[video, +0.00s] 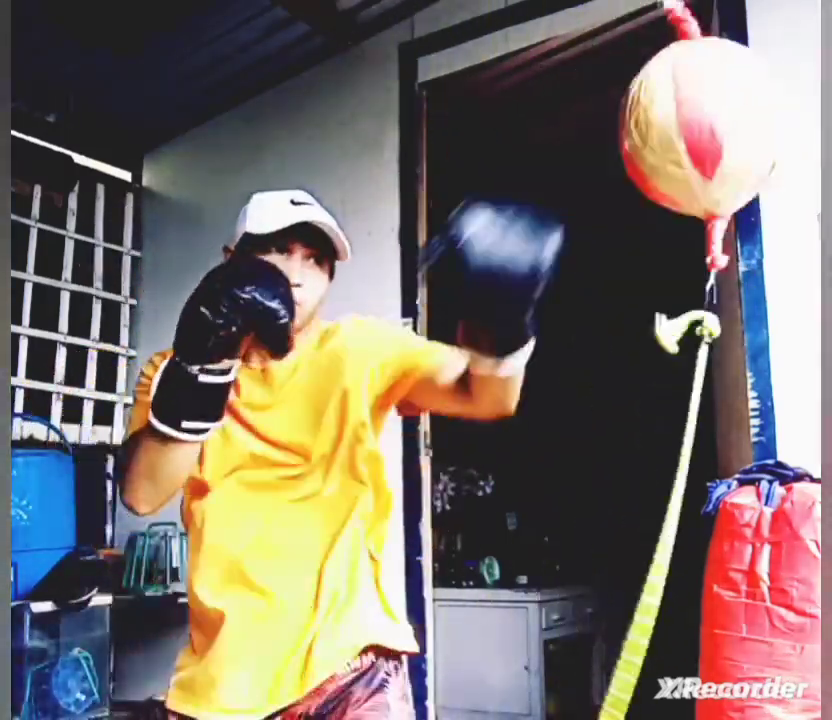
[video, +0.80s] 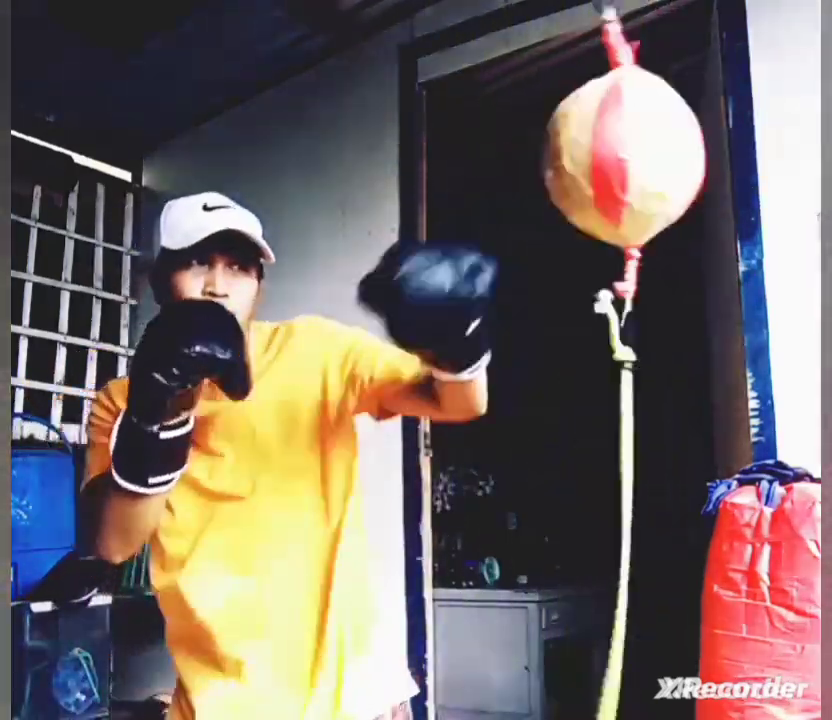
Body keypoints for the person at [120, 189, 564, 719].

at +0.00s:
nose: (295, 263)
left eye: (313, 253)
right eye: (276, 247)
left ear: (330, 277)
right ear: (235, 259)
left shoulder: (361, 347)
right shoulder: (183, 367)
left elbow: (489, 398)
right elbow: (143, 496)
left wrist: (501, 318)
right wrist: (200, 372)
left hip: (353, 673)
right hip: (221, 685)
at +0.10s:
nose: (288, 276)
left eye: (307, 259)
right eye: (269, 252)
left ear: (324, 274)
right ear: (229, 262)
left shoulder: (370, 358)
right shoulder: (182, 378)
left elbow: (484, 471)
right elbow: (142, 513)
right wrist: (190, 391)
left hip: (364, 683)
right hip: (230, 686)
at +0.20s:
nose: (247, 282)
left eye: (267, 265)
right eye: (229, 260)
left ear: (287, 280)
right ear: (191, 273)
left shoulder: (348, 371)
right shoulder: (156, 391)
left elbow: (419, 471)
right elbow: (133, 528)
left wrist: (394, 494)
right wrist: (169, 402)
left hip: (353, 694)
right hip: (216, 691)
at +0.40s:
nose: (189, 301)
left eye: (206, 283)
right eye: (169, 280)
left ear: (226, 295)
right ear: (132, 292)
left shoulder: (293, 385)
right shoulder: (88, 414)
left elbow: (354, 492)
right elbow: (97, 539)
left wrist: (332, 519)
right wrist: (141, 406)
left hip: (308, 695)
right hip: (169, 697)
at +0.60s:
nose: (194, 302)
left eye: (213, 285)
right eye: (173, 280)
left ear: (231, 298)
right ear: (132, 288)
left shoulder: (293, 382)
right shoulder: (91, 412)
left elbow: (359, 488)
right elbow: (92, 549)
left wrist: (347, 500)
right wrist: (147, 415)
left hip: (316, 697)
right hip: (169, 704)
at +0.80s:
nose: (217, 283)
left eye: (237, 265)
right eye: (196, 262)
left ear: (259, 282)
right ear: (162, 281)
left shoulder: (318, 349)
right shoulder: (125, 402)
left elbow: (461, 405)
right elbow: (114, 546)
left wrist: (455, 340)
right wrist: (157, 422)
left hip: (345, 685)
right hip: (220, 693)